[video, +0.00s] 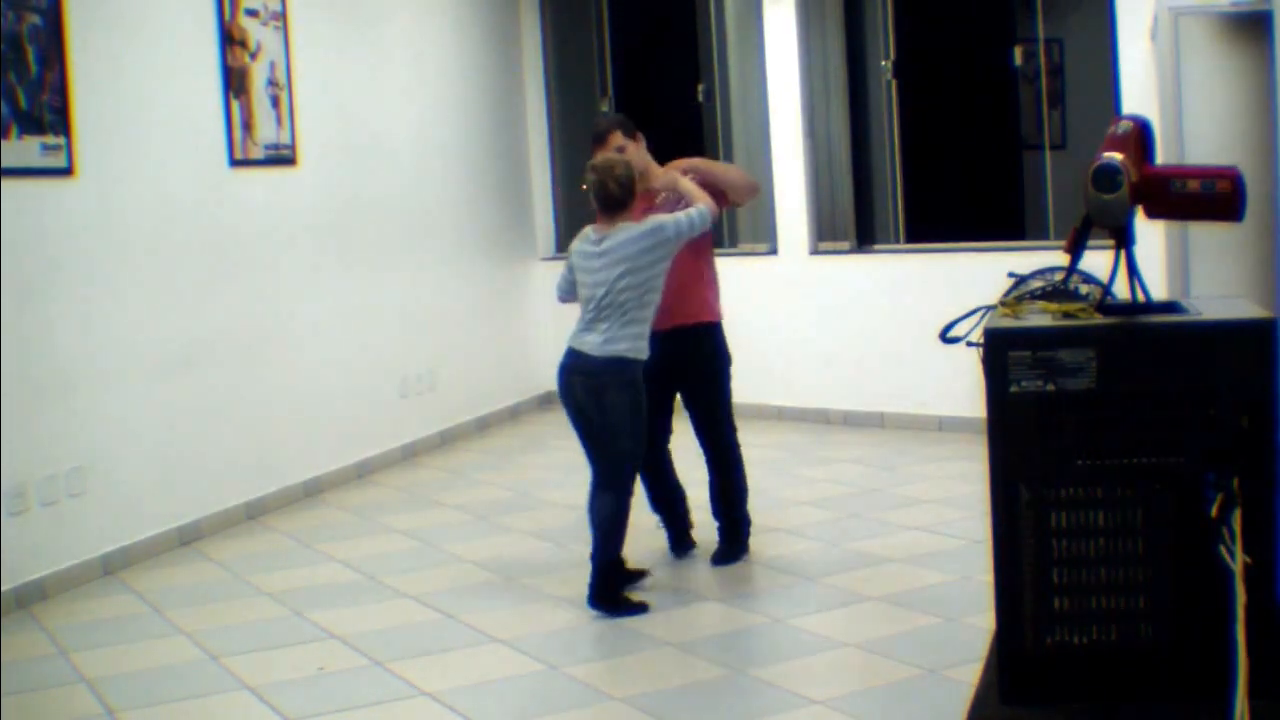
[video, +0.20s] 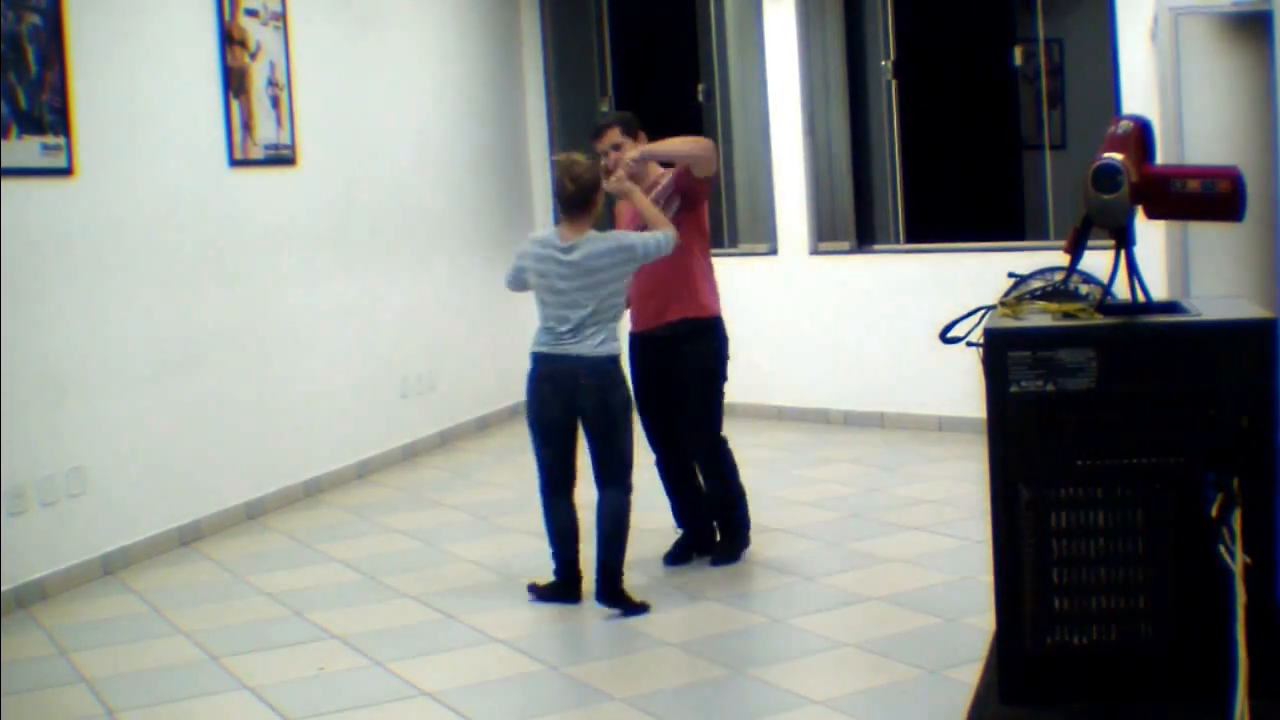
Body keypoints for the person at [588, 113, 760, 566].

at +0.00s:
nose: (619, 163)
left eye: (622, 151)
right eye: (608, 160)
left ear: (641, 142)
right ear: (603, 165)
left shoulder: (688, 184)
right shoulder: (618, 207)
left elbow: (746, 187)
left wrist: (690, 167)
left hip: (697, 331)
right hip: (643, 337)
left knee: (717, 438)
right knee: (648, 446)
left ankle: (734, 533)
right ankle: (677, 530)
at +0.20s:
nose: (614, 161)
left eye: (618, 149)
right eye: (605, 156)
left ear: (640, 145)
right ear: (602, 166)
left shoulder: (682, 184)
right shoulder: (623, 209)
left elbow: (704, 151)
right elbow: (622, 274)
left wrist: (641, 154)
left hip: (695, 325)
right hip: (647, 333)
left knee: (702, 435)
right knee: (665, 444)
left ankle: (733, 529)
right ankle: (695, 528)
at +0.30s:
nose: (605, 169)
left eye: (609, 155)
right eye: (600, 162)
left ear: (631, 146)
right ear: (605, 165)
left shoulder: (676, 185)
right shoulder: (635, 204)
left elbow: (670, 137)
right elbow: (647, 268)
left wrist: (607, 148)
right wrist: (613, 306)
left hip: (693, 325)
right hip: (653, 332)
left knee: (690, 435)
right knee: (666, 440)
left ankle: (735, 519)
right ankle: (696, 526)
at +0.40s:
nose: (604, 158)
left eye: (611, 147)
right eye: (599, 152)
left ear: (638, 147)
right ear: (601, 159)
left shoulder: (668, 184)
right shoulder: (630, 204)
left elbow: (648, 137)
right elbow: (648, 271)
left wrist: (580, 131)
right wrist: (616, 307)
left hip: (694, 330)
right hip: (656, 335)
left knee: (685, 438)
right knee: (668, 439)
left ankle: (729, 542)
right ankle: (695, 530)